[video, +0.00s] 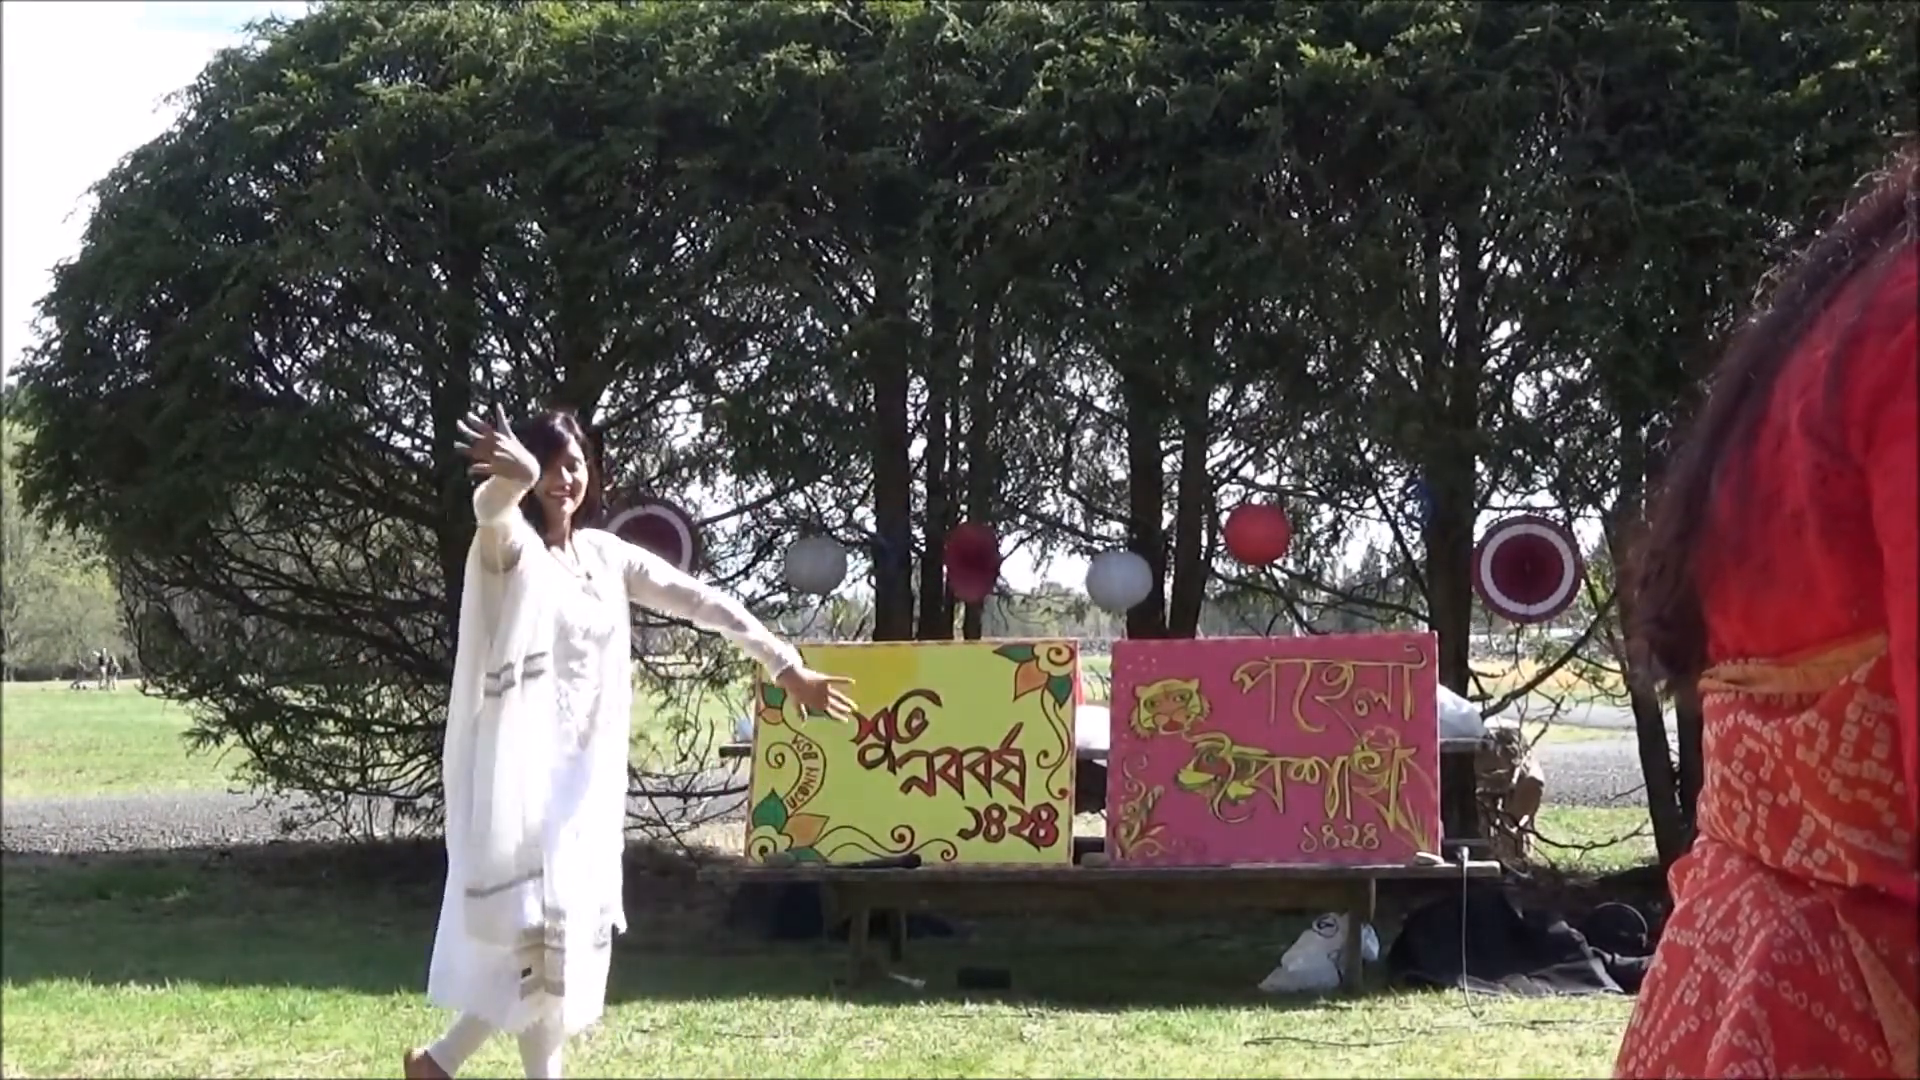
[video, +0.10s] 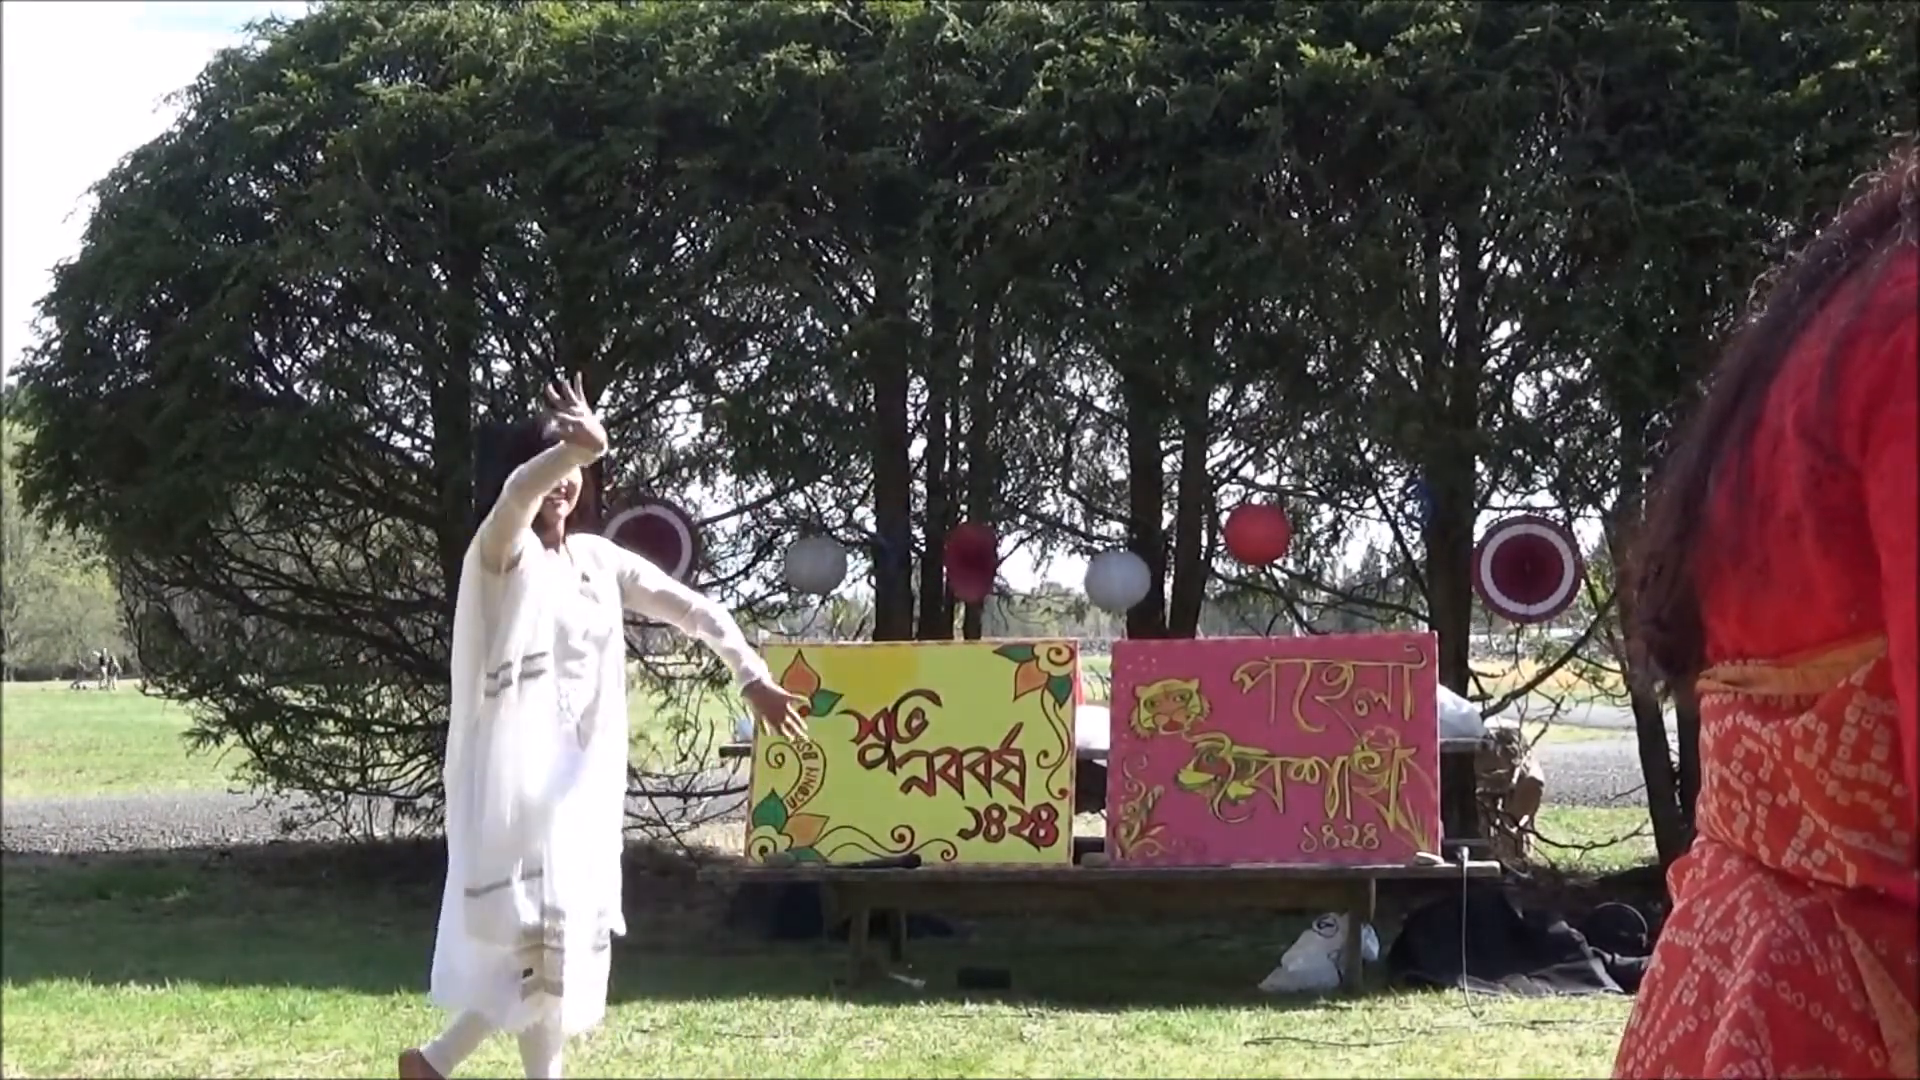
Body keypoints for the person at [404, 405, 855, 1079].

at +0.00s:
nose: (564, 478)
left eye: (576, 465)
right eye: (552, 465)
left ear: (591, 476)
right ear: (527, 474)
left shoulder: (606, 554)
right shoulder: (508, 546)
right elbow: (492, 510)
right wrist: (520, 473)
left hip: (584, 782)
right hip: (514, 781)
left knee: (563, 943)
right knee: (542, 942)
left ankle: (438, 1060)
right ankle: (544, 1073)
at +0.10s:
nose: (566, 487)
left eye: (575, 473)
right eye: (551, 473)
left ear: (583, 486)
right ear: (516, 485)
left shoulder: (600, 559)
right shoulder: (499, 559)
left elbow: (696, 610)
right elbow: (514, 492)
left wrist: (752, 675)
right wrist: (580, 444)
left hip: (581, 787)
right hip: (509, 785)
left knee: (559, 952)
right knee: (541, 953)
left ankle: (434, 1061)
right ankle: (547, 1074)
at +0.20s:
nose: (559, 485)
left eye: (569, 471)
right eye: (542, 471)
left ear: (582, 485)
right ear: (509, 483)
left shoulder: (598, 562)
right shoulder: (496, 560)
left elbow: (692, 618)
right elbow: (528, 483)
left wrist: (709, 667)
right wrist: (609, 434)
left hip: (581, 786)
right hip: (509, 786)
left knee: (554, 950)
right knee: (541, 951)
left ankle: (428, 1061)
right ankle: (546, 1072)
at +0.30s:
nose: (560, 490)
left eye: (570, 477)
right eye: (546, 476)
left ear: (583, 490)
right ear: (509, 485)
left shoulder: (595, 565)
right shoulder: (495, 564)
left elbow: (685, 627)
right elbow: (527, 477)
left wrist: (672, 672)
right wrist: (627, 424)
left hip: (576, 785)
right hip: (507, 783)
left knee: (549, 950)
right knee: (545, 952)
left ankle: (425, 1066)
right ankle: (548, 1074)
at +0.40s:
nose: (558, 491)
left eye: (566, 477)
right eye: (544, 480)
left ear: (578, 487)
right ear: (511, 490)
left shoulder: (593, 568)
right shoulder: (493, 570)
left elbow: (681, 639)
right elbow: (512, 483)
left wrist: (643, 667)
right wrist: (609, 426)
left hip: (577, 784)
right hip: (508, 783)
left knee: (555, 951)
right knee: (543, 951)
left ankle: (421, 1068)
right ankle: (547, 1072)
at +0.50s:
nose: (550, 499)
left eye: (560, 486)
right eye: (536, 488)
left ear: (575, 495)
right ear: (509, 498)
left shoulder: (591, 572)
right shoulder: (493, 573)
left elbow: (673, 649)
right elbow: (498, 496)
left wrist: (629, 672)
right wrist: (585, 443)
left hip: (582, 779)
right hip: (515, 776)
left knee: (549, 953)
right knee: (543, 946)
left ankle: (416, 1069)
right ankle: (548, 1070)